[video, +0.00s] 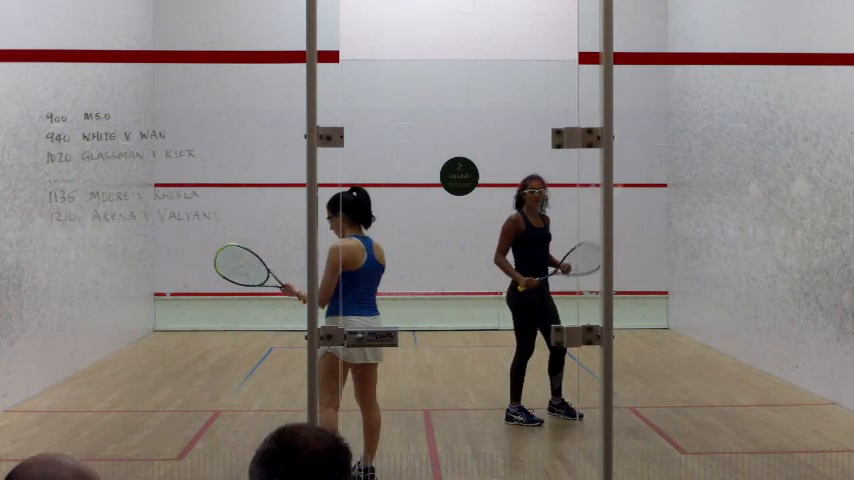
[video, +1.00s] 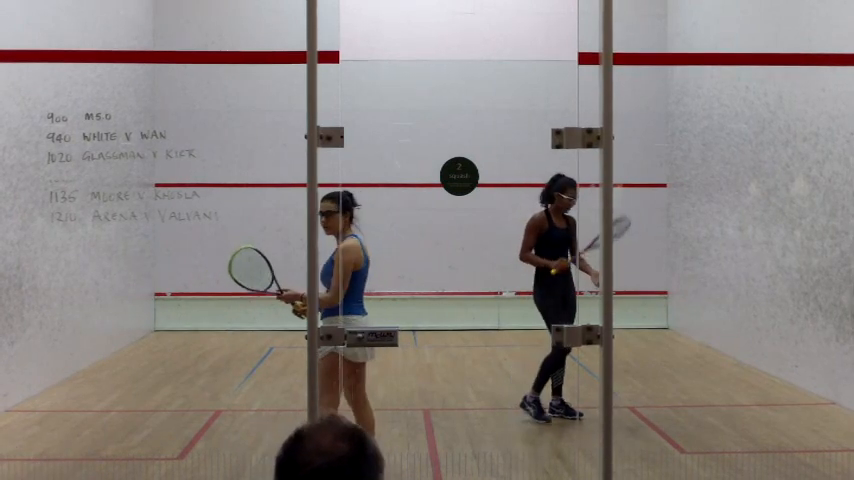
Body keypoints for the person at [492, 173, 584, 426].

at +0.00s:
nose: (538, 194)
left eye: (541, 190)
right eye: (532, 190)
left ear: (545, 194)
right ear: (523, 194)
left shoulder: (544, 221)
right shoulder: (515, 222)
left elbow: (541, 254)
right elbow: (499, 258)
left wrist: (559, 264)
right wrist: (519, 278)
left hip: (541, 291)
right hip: (521, 293)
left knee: (558, 345)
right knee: (524, 349)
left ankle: (556, 402)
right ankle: (514, 407)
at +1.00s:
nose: (572, 202)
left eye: (574, 198)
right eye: (569, 197)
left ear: (571, 199)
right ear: (555, 196)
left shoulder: (570, 223)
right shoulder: (538, 221)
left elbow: (575, 256)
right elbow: (524, 255)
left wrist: (591, 271)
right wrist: (551, 263)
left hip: (566, 286)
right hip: (546, 287)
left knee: (563, 344)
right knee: (561, 345)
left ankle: (557, 401)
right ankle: (532, 397)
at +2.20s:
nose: (563, 197)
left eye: (567, 194)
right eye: (559, 192)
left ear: (571, 198)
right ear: (548, 193)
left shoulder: (569, 224)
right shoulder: (535, 221)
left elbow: (575, 261)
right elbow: (514, 256)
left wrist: (598, 277)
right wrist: (522, 286)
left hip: (560, 292)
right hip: (538, 292)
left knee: (561, 348)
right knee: (546, 349)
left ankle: (557, 402)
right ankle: (532, 409)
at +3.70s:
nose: (587, 204)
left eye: (586, 200)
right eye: (583, 200)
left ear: (566, 200)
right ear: (572, 200)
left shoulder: (561, 226)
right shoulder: (566, 228)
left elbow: (568, 266)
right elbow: (572, 265)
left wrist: (594, 270)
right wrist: (607, 259)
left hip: (561, 294)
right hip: (564, 297)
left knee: (580, 350)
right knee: (580, 352)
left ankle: (556, 404)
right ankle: (542, 402)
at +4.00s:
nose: (599, 213)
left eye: (599, 208)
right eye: (595, 208)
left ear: (589, 210)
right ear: (586, 209)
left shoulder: (589, 232)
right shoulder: (583, 232)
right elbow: (607, 259)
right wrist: (635, 240)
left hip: (583, 302)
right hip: (590, 302)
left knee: (591, 358)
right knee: (632, 341)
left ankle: (557, 403)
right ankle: (644, 400)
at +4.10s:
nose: (618, 206)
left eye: (617, 202)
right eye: (614, 202)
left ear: (599, 209)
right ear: (600, 207)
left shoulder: (609, 229)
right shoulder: (594, 236)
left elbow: (632, 247)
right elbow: (615, 259)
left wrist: (661, 239)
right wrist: (647, 242)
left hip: (596, 302)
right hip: (602, 303)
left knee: (596, 361)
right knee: (640, 345)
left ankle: (560, 400)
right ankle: (661, 400)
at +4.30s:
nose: (643, 215)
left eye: (643, 211)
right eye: (639, 211)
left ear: (626, 216)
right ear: (629, 216)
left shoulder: (627, 239)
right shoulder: (623, 245)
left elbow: (642, 268)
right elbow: (650, 273)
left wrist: (654, 250)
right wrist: (658, 248)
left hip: (622, 308)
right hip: (634, 308)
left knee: (616, 363)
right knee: (670, 343)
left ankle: (572, 392)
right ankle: (666, 402)